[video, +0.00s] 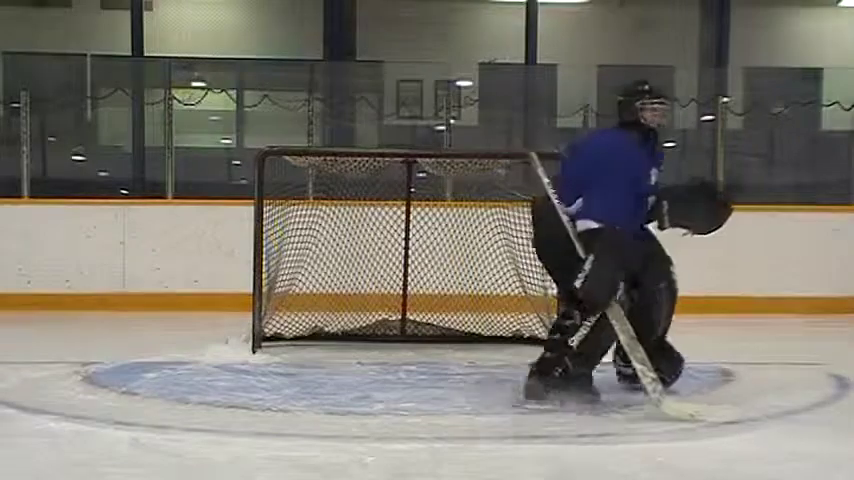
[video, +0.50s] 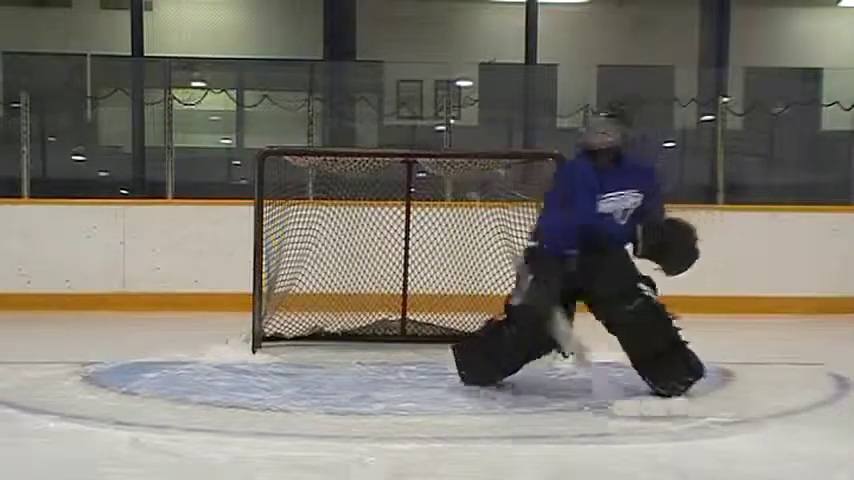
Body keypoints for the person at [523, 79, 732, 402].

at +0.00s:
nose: (659, 117)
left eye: (662, 111)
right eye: (653, 110)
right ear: (633, 112)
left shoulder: (652, 149)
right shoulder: (608, 144)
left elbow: (639, 198)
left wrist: (666, 207)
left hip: (634, 230)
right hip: (599, 228)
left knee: (659, 286)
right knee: (604, 298)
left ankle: (639, 361)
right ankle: (568, 369)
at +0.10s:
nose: (662, 116)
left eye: (665, 110)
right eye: (656, 110)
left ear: (667, 112)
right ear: (638, 111)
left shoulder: (661, 148)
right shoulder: (609, 144)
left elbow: (653, 200)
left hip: (643, 236)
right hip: (610, 236)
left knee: (671, 289)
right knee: (593, 311)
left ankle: (648, 363)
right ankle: (539, 372)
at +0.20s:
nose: (662, 118)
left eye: (666, 111)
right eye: (655, 110)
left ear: (669, 113)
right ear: (636, 112)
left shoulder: (663, 150)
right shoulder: (608, 147)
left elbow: (651, 207)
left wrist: (690, 210)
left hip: (642, 237)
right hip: (599, 238)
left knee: (671, 296)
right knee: (585, 306)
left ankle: (668, 364)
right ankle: (520, 367)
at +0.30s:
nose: (648, 120)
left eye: (655, 114)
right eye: (641, 113)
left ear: (663, 120)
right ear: (627, 115)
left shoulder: (665, 153)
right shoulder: (611, 151)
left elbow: (656, 209)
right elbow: (615, 209)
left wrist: (681, 220)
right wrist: (630, 256)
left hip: (628, 236)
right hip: (583, 234)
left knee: (662, 296)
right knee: (565, 299)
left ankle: (675, 372)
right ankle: (503, 363)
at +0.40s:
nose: (629, 127)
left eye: (636, 121)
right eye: (623, 119)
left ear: (646, 124)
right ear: (611, 122)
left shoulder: (653, 159)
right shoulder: (595, 156)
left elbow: (653, 211)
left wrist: (678, 228)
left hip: (627, 251)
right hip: (583, 251)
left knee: (656, 308)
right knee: (548, 316)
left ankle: (684, 374)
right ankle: (491, 365)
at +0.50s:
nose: (601, 141)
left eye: (609, 133)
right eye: (594, 133)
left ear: (621, 137)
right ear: (584, 137)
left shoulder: (640, 175)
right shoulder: (572, 174)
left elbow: (646, 225)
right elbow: (555, 237)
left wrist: (659, 241)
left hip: (605, 259)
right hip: (559, 258)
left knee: (637, 312)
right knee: (538, 325)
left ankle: (673, 374)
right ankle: (476, 364)